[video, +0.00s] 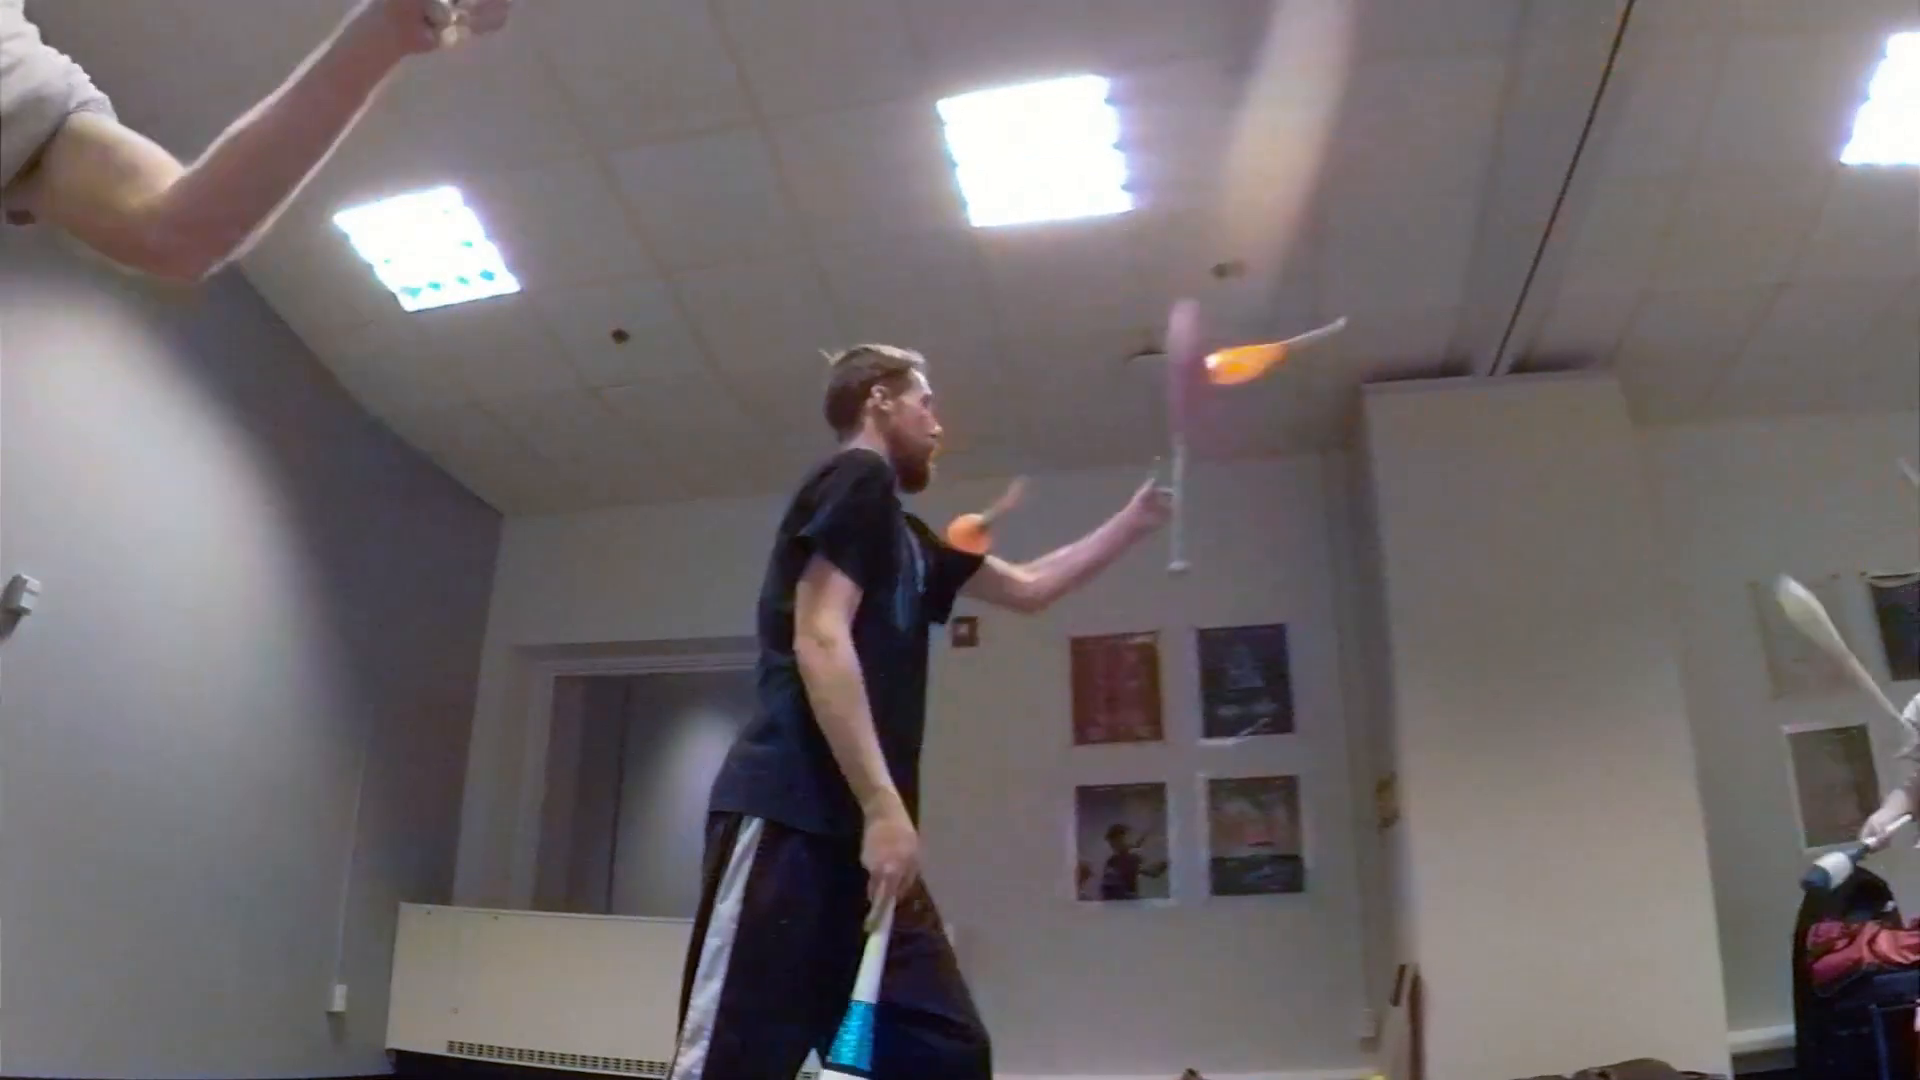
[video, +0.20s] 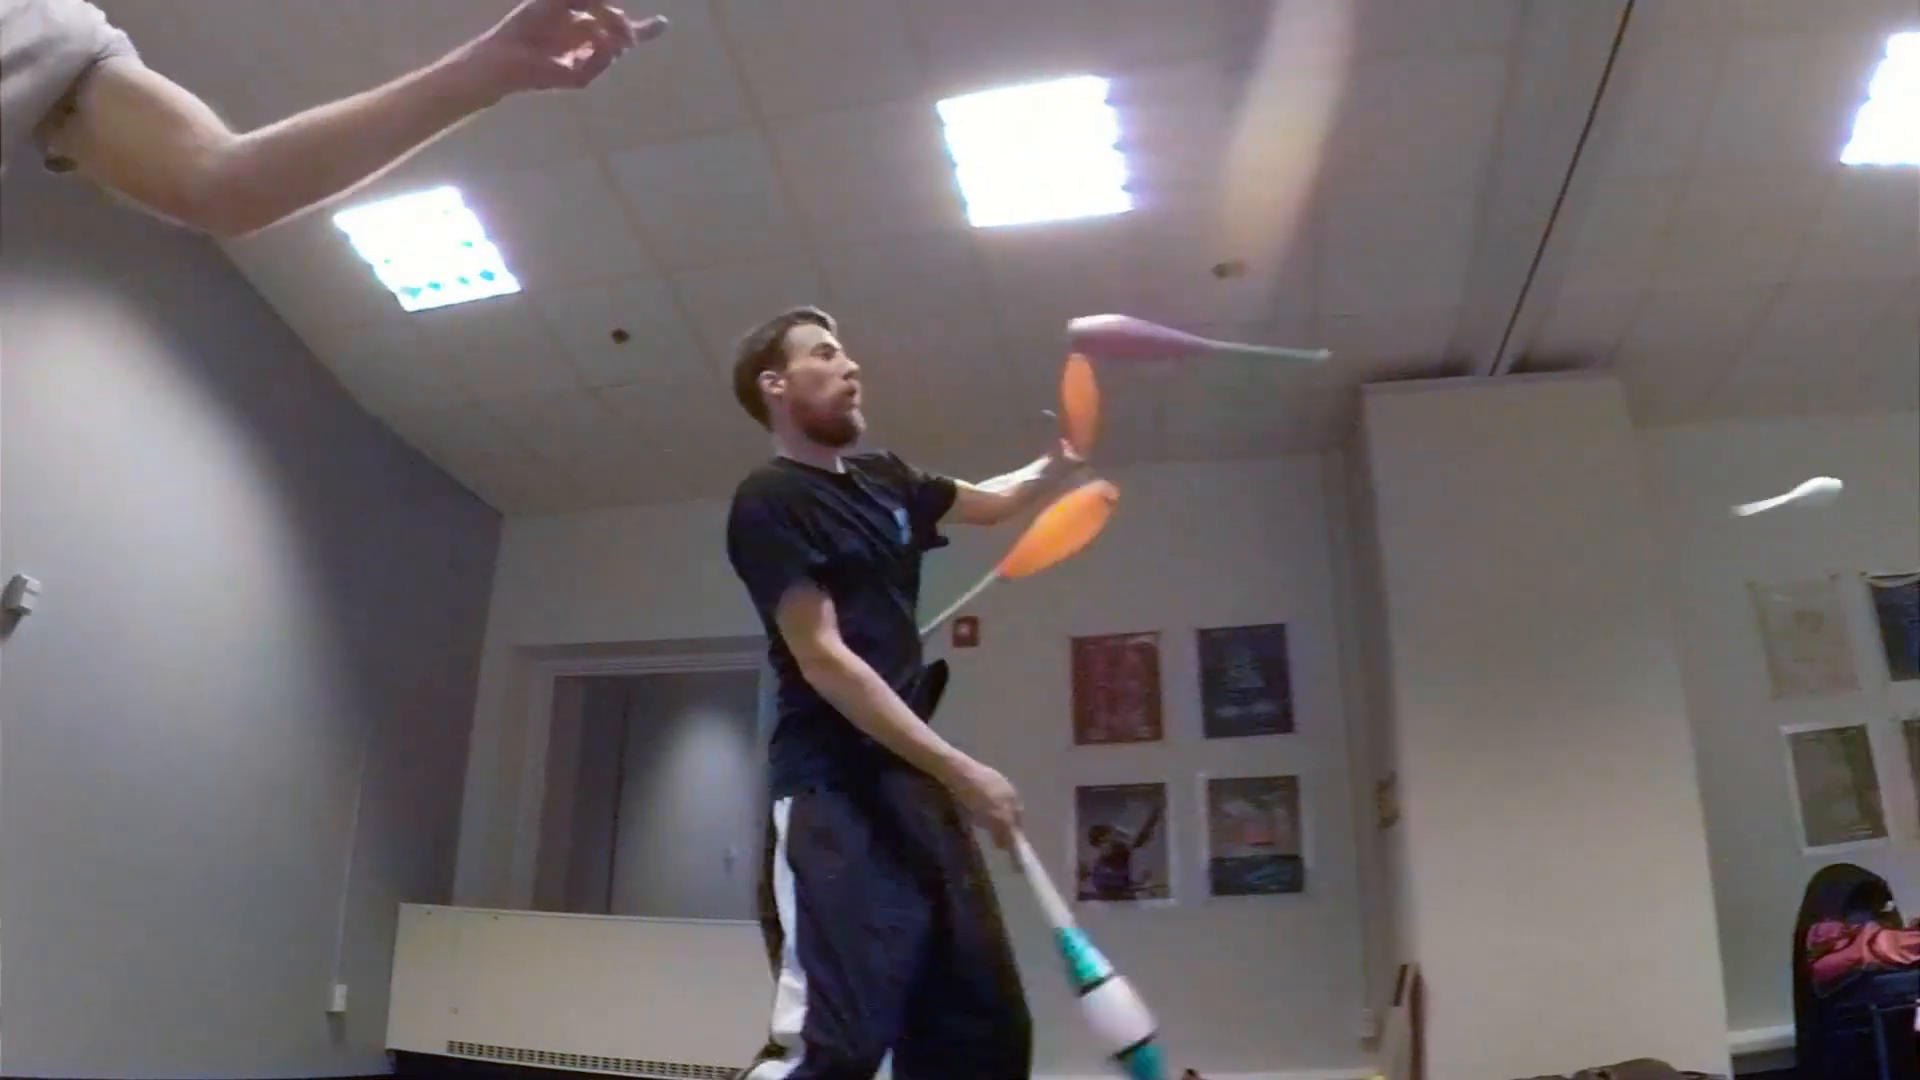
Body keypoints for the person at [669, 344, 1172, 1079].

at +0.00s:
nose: (939, 420)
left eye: (935, 403)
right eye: (926, 400)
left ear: (887, 407)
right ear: (879, 403)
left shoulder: (906, 533)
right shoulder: (858, 478)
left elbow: (1026, 586)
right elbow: (819, 639)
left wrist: (1135, 519)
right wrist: (884, 810)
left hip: (858, 832)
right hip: (788, 819)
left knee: (946, 1051)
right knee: (728, 1060)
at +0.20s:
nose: (850, 365)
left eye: (844, 351)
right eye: (823, 353)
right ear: (771, 388)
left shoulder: (881, 476)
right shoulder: (770, 500)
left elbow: (984, 503)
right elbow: (822, 660)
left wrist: (1054, 468)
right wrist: (958, 770)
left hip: (913, 781)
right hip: (827, 791)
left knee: (982, 1027)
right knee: (845, 1034)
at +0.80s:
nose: (744, 484)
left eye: (751, 474)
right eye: (725, 469)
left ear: (758, 492)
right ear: (675, 481)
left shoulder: (772, 583)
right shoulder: (625, 602)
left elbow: (837, 693)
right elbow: (640, 744)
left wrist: (791, 569)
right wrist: (746, 822)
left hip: (776, 865)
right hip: (667, 869)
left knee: (800, 1050)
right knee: (666, 1039)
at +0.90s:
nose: (728, 492)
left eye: (738, 482)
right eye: (714, 475)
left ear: (744, 500)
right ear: (667, 480)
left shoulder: (747, 591)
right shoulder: (606, 589)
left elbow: (798, 696)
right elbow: (598, 728)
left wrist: (760, 568)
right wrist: (677, 823)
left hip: (745, 861)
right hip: (637, 861)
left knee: (774, 1051)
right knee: (624, 1055)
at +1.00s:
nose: (707, 501)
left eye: (716, 491)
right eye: (693, 483)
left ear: (720, 507)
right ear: (646, 485)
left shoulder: (715, 599)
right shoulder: (581, 583)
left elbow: (759, 705)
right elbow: (556, 721)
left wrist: (733, 582)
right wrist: (614, 828)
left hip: (706, 866)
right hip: (601, 865)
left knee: (748, 1051)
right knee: (584, 1057)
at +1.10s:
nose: (680, 518)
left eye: (688, 507)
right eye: (667, 497)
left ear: (691, 523)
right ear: (619, 495)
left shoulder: (677, 610)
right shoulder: (550, 592)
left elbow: (713, 729)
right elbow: (518, 725)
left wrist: (704, 610)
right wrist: (556, 842)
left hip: (657, 866)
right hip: (556, 863)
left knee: (712, 1044)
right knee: (547, 1059)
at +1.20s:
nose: (657, 520)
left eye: (666, 509)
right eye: (645, 500)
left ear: (667, 523)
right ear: (597, 497)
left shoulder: (650, 614)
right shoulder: (525, 589)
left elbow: (670, 738)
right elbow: (491, 720)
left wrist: (692, 644)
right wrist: (506, 840)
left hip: (622, 858)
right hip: (530, 855)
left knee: (675, 1029)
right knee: (528, 1045)